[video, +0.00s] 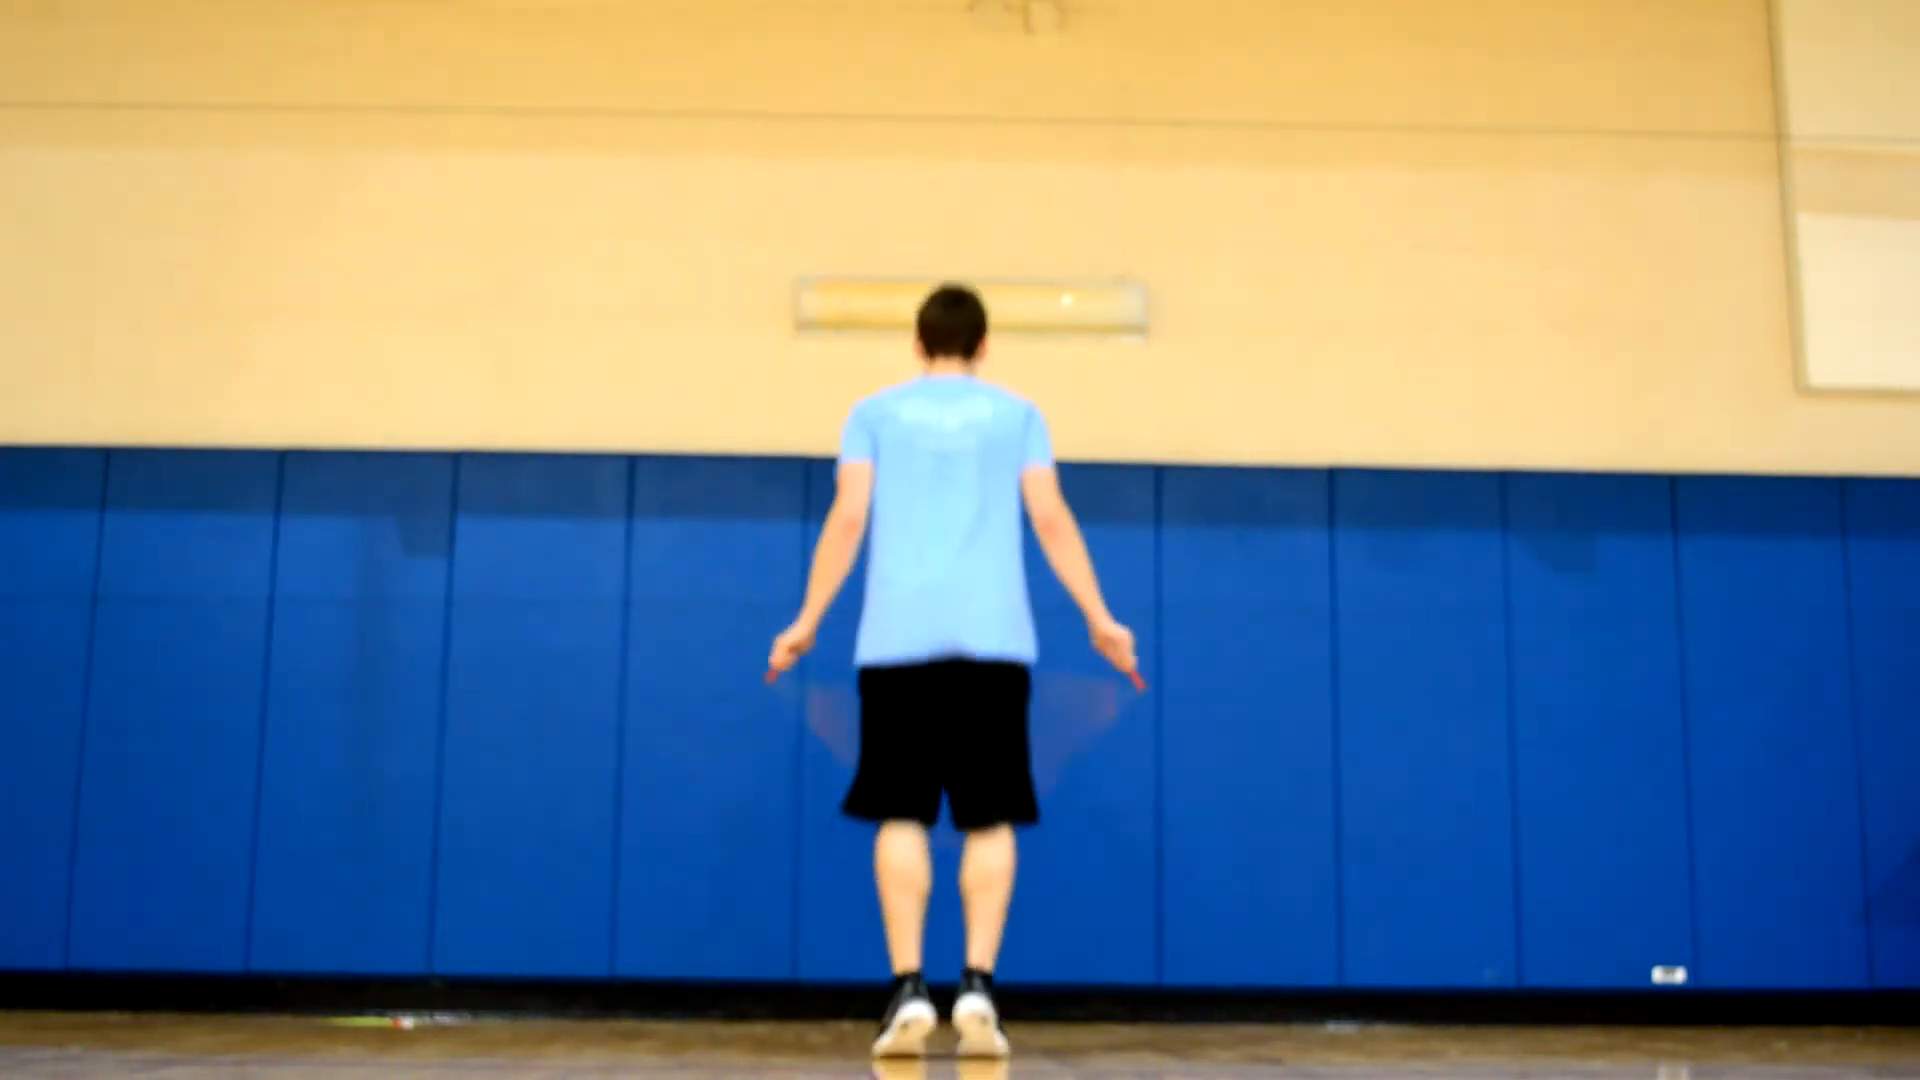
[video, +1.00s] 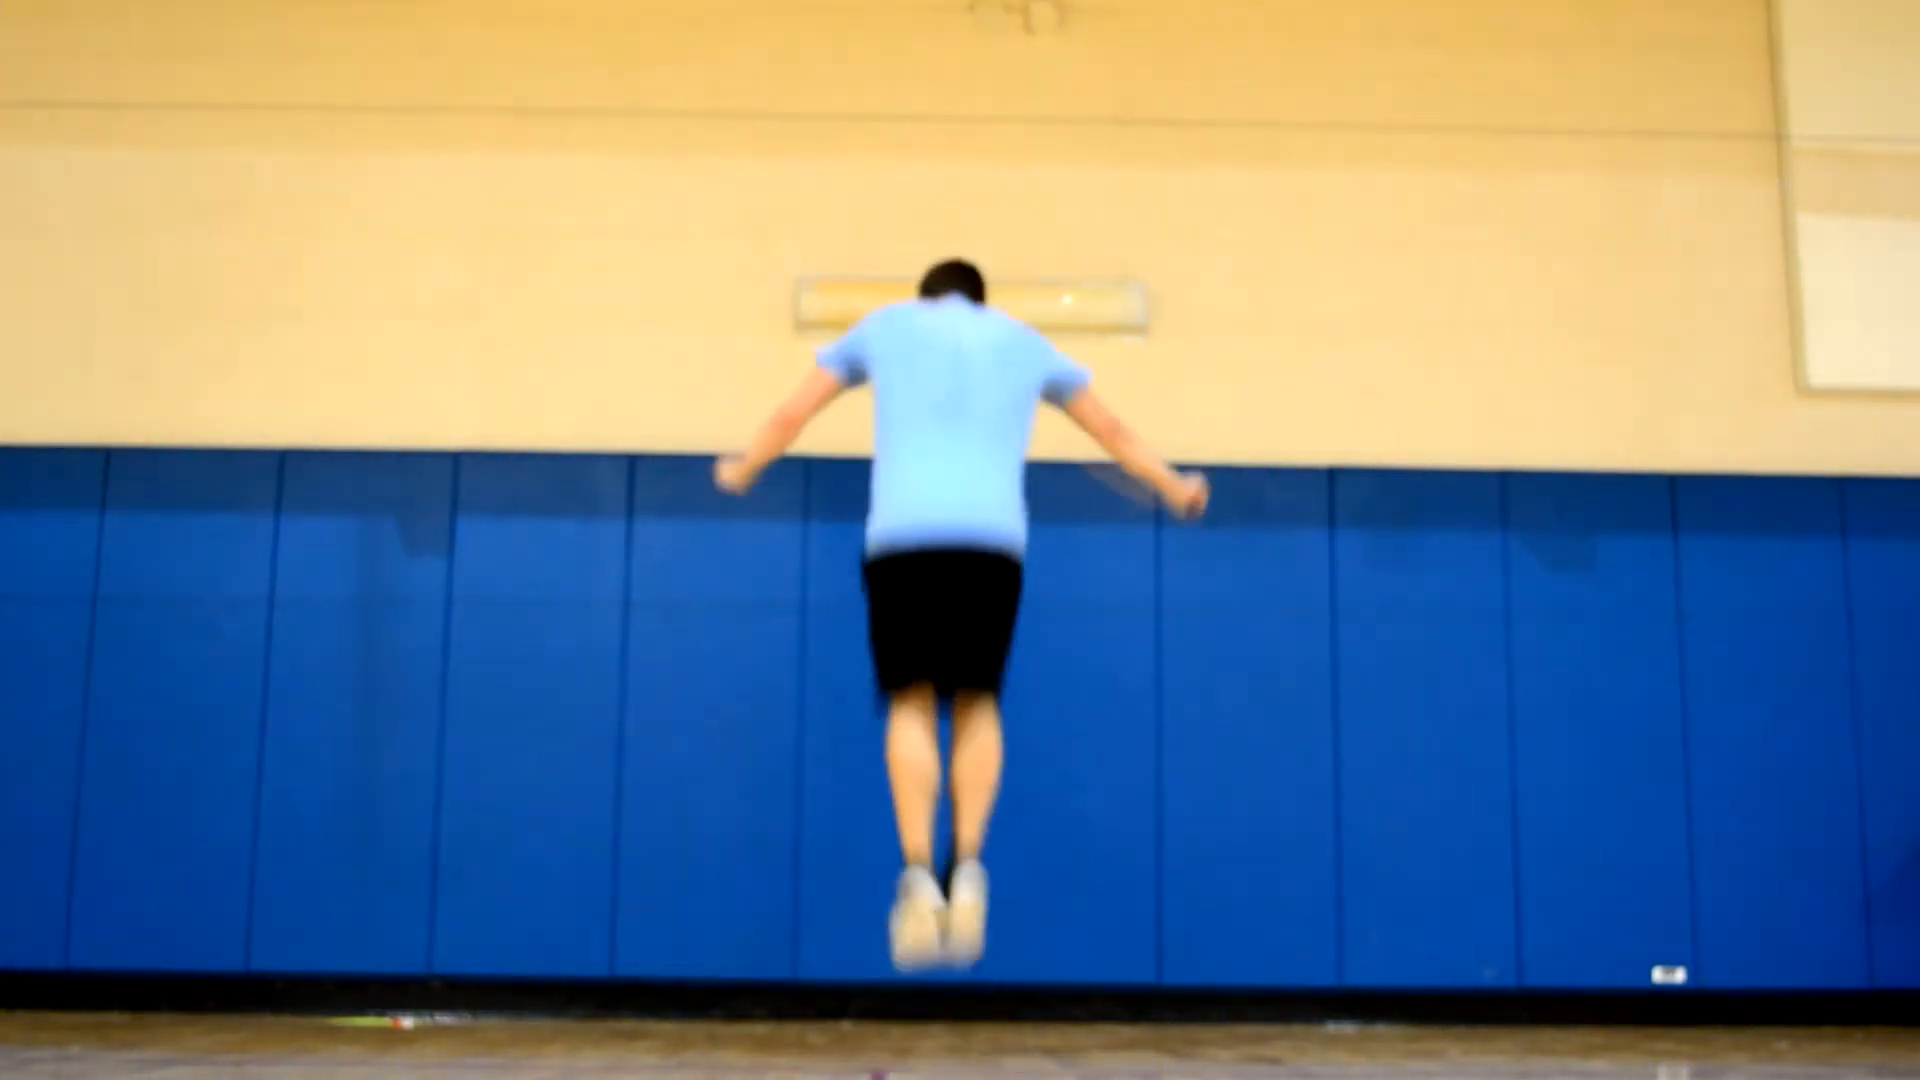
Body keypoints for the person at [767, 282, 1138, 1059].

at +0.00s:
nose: (959, 352)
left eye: (929, 339)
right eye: (976, 341)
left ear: (918, 342)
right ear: (984, 345)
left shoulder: (873, 414)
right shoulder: (1017, 416)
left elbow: (847, 525)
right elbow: (1052, 524)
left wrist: (807, 621)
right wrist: (1099, 620)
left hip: (898, 653)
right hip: (992, 653)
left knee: (901, 817)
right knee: (990, 819)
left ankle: (910, 990)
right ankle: (977, 988)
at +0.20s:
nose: (943, 355)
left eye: (926, 343)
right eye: (972, 344)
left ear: (918, 346)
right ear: (986, 348)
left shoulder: (874, 420)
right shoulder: (1024, 422)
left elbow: (853, 533)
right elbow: (1049, 535)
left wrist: (816, 634)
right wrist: (1095, 633)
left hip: (900, 661)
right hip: (993, 660)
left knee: (905, 820)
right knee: (993, 825)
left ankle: (928, 992)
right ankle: (976, 994)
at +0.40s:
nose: (960, 362)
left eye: (934, 349)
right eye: (978, 351)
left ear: (922, 353)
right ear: (987, 355)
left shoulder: (877, 425)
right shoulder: (1025, 429)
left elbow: (855, 543)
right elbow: (1051, 541)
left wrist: (826, 642)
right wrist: (1085, 635)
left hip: (902, 659)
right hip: (994, 661)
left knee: (907, 818)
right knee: (990, 822)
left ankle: (927, 983)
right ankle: (975, 984)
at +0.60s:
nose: (940, 335)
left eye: (925, 322)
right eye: (980, 325)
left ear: (920, 324)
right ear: (987, 327)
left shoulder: (880, 386)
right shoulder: (1021, 389)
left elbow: (854, 496)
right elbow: (1054, 499)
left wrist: (799, 591)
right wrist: (1114, 588)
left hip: (906, 610)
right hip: (993, 610)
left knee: (916, 779)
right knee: (987, 780)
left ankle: (932, 951)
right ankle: (973, 951)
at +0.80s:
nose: (945, 443)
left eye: (928, 432)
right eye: (971, 433)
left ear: (919, 439)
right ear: (985, 442)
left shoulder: (876, 508)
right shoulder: (1024, 514)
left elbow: (791, 583)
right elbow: (1119, 575)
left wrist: (695, 549)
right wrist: (1209, 538)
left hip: (896, 732)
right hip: (1000, 732)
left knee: (882, 888)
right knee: (1011, 880)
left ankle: (930, 1017)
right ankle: (973, 1014)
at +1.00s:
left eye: (934, 297)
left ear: (921, 297)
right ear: (985, 301)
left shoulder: (885, 326)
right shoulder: (1021, 341)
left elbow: (795, 410)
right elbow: (1107, 428)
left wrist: (743, 467)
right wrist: (1174, 488)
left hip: (900, 542)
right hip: (991, 545)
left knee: (910, 701)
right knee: (978, 701)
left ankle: (919, 874)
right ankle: (967, 868)